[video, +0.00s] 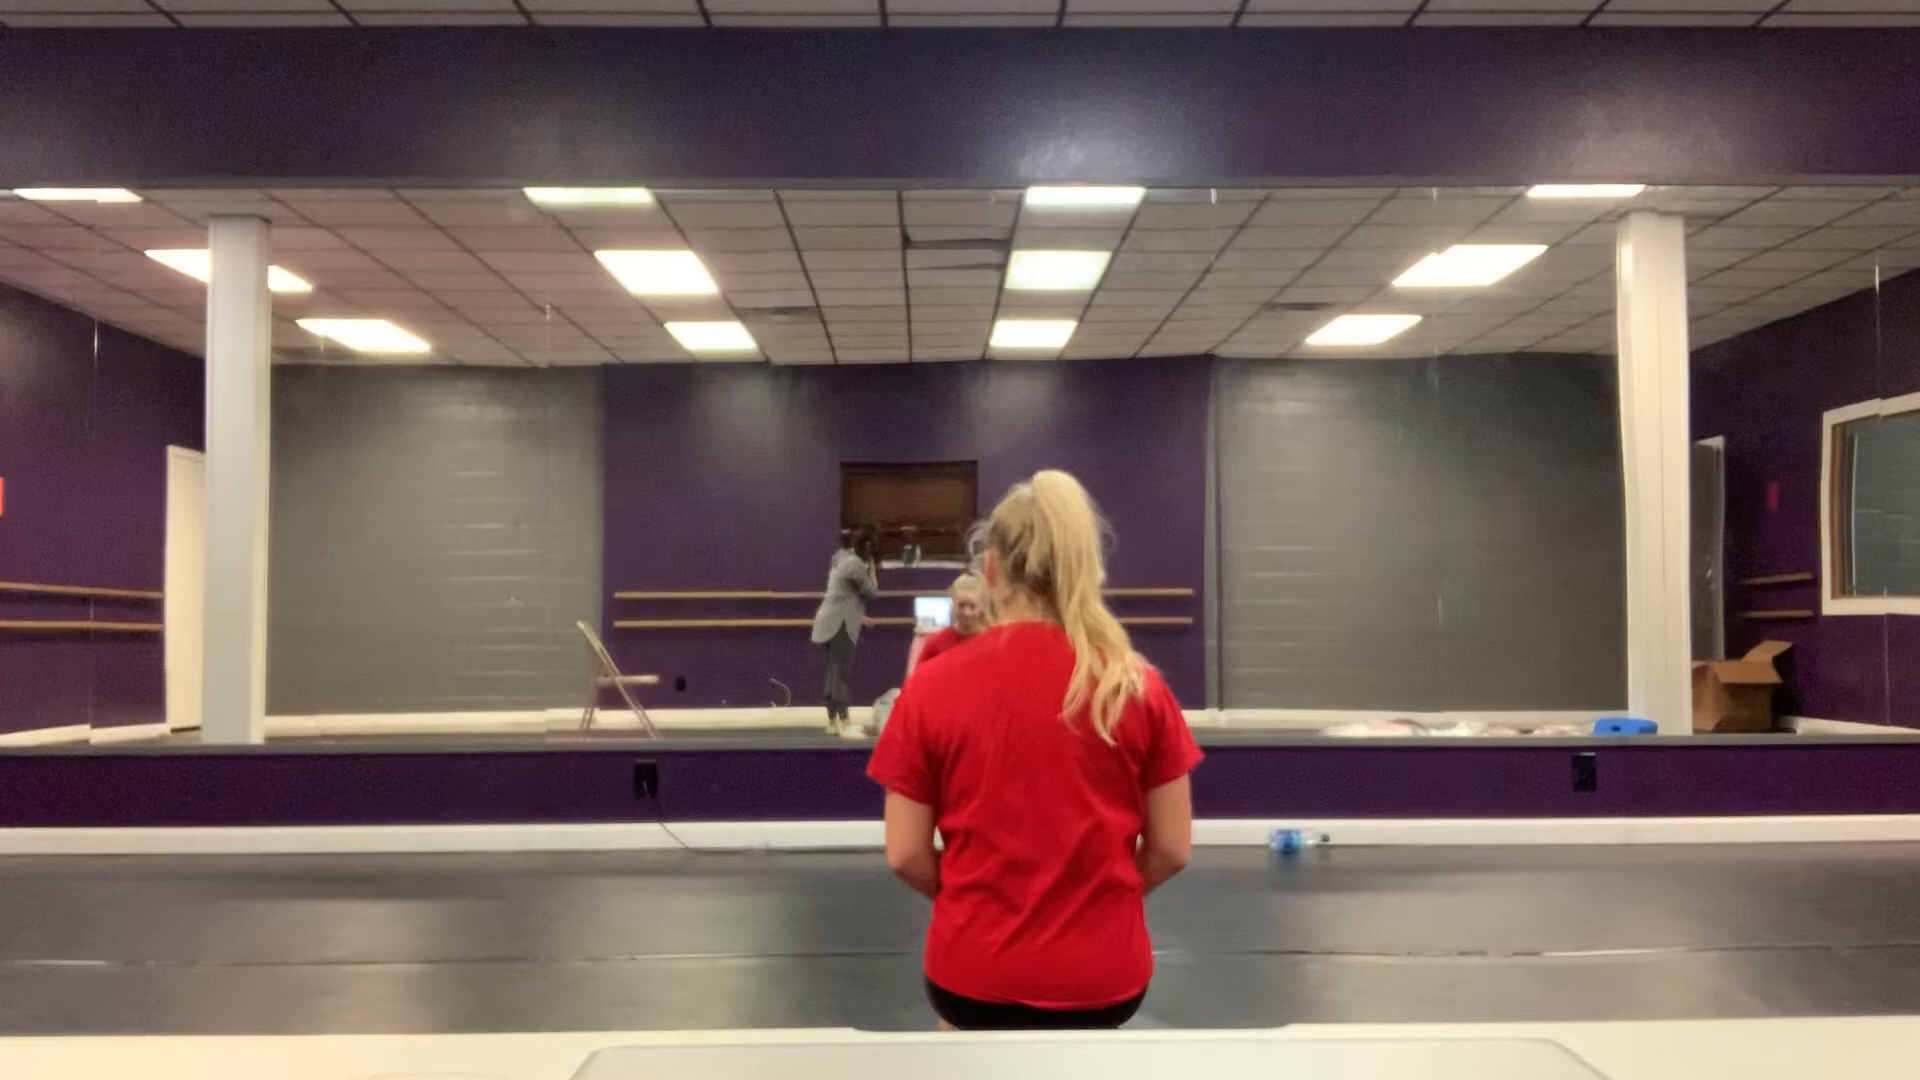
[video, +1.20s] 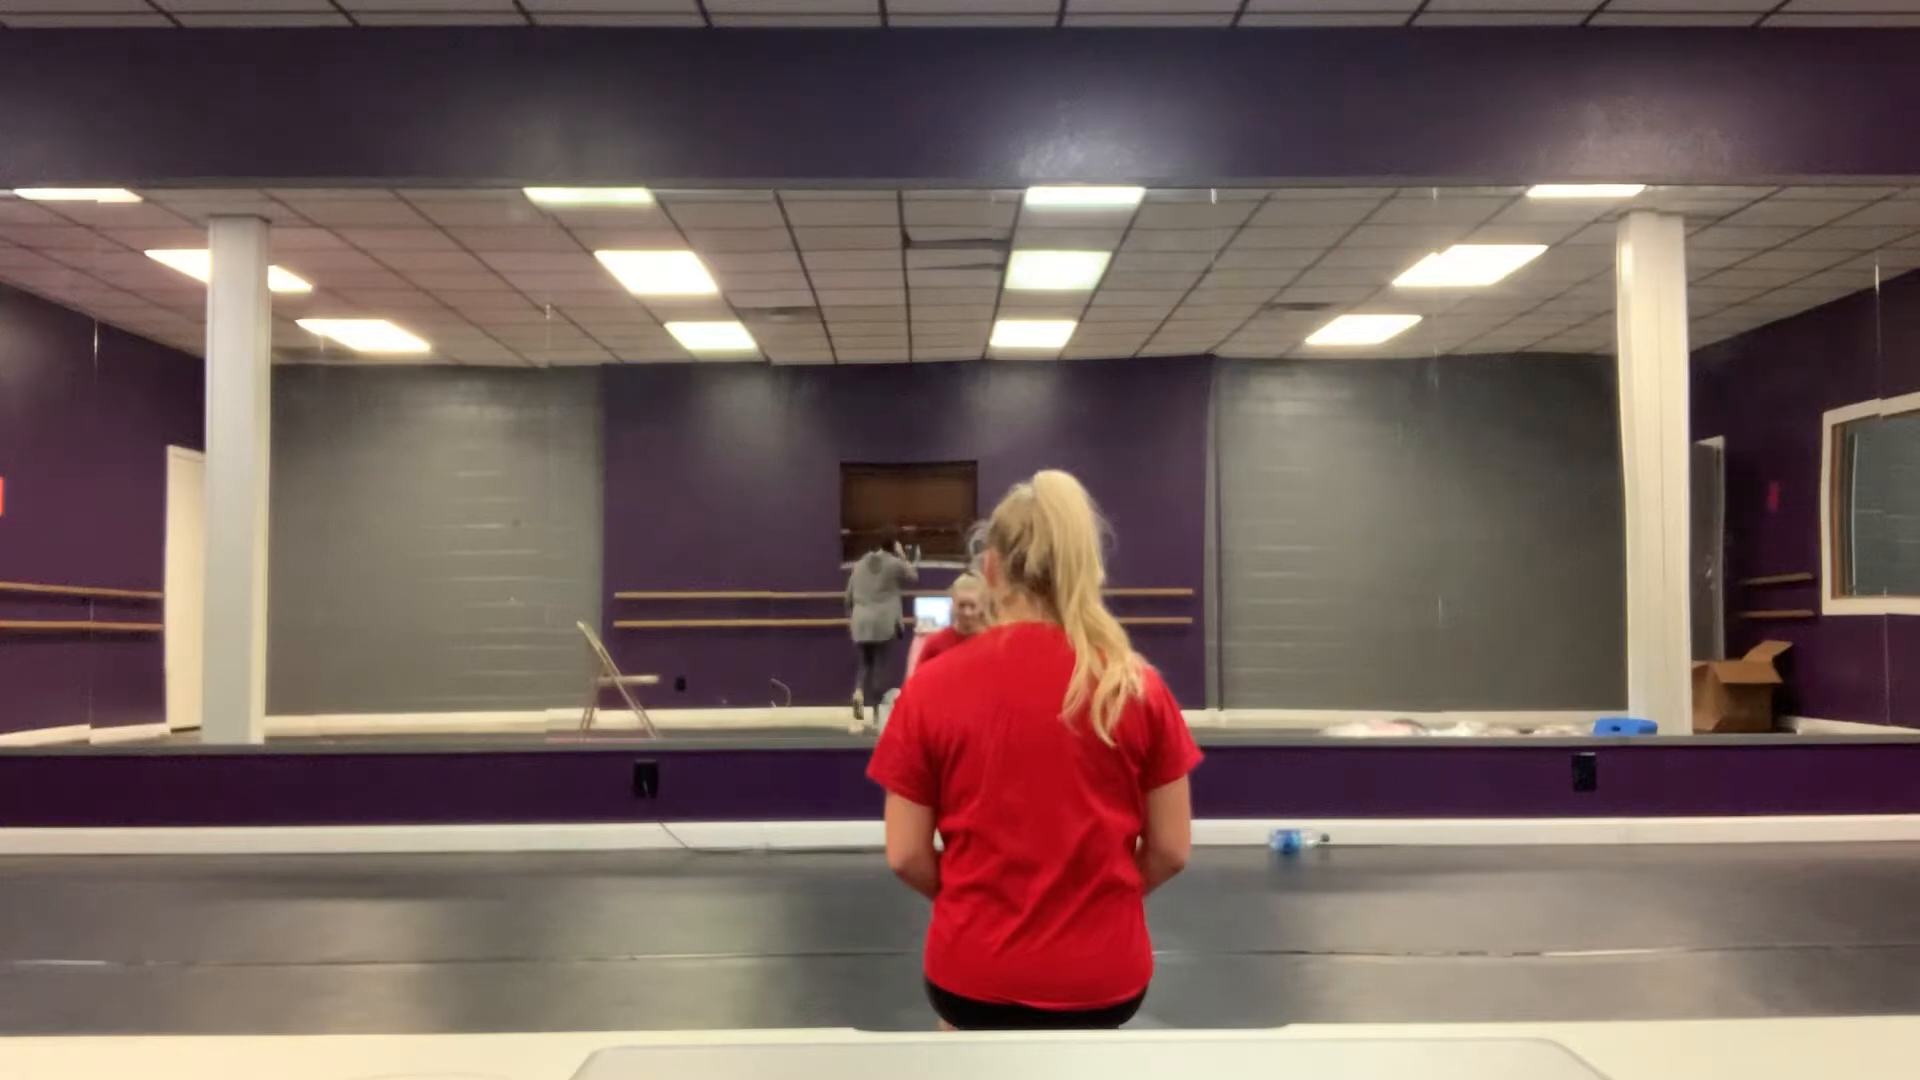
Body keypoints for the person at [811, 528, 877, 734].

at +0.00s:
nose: (873, 550)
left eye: (872, 547)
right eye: (872, 547)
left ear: (854, 544)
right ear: (867, 547)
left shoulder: (841, 560)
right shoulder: (855, 564)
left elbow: (843, 597)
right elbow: (872, 591)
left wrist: (860, 617)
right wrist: (872, 568)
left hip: (829, 620)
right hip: (842, 623)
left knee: (832, 669)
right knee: (841, 670)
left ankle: (832, 721)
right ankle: (844, 721)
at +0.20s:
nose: (869, 549)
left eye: (868, 545)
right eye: (867, 545)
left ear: (846, 543)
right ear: (860, 546)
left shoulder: (835, 560)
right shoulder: (851, 565)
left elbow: (839, 597)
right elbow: (868, 591)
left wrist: (857, 616)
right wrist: (868, 573)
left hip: (823, 625)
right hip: (838, 626)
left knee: (831, 671)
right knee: (846, 670)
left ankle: (831, 720)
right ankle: (845, 720)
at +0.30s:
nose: (866, 548)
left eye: (866, 544)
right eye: (865, 544)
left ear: (843, 542)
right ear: (858, 546)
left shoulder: (832, 560)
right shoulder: (851, 565)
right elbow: (866, 591)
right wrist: (867, 576)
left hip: (821, 625)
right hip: (841, 625)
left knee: (831, 669)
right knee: (849, 669)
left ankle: (831, 719)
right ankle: (844, 719)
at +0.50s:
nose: (866, 548)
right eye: (864, 544)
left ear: (840, 541)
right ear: (858, 545)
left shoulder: (830, 560)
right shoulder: (855, 563)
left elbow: (827, 588)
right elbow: (869, 590)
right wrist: (870, 576)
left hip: (823, 625)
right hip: (846, 625)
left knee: (832, 668)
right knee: (855, 668)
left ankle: (831, 719)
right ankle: (847, 715)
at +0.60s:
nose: (867, 547)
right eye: (865, 544)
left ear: (842, 541)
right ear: (860, 545)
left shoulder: (830, 561)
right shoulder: (859, 563)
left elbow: (821, 590)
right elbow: (873, 590)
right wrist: (872, 573)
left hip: (826, 623)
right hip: (851, 625)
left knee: (832, 669)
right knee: (859, 668)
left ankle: (831, 719)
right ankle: (856, 716)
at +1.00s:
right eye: (885, 545)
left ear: (861, 545)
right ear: (880, 547)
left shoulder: (847, 567)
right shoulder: (881, 565)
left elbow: (839, 597)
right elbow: (900, 578)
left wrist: (854, 601)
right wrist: (894, 555)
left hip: (850, 620)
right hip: (876, 620)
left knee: (849, 668)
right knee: (873, 670)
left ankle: (838, 703)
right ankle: (873, 713)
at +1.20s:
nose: (899, 546)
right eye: (898, 543)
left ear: (876, 542)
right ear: (893, 544)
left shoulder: (860, 564)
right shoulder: (894, 563)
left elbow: (849, 594)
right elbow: (913, 576)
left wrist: (850, 611)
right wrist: (903, 557)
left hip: (861, 615)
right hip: (885, 615)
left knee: (863, 662)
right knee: (881, 665)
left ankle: (858, 690)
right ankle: (876, 709)